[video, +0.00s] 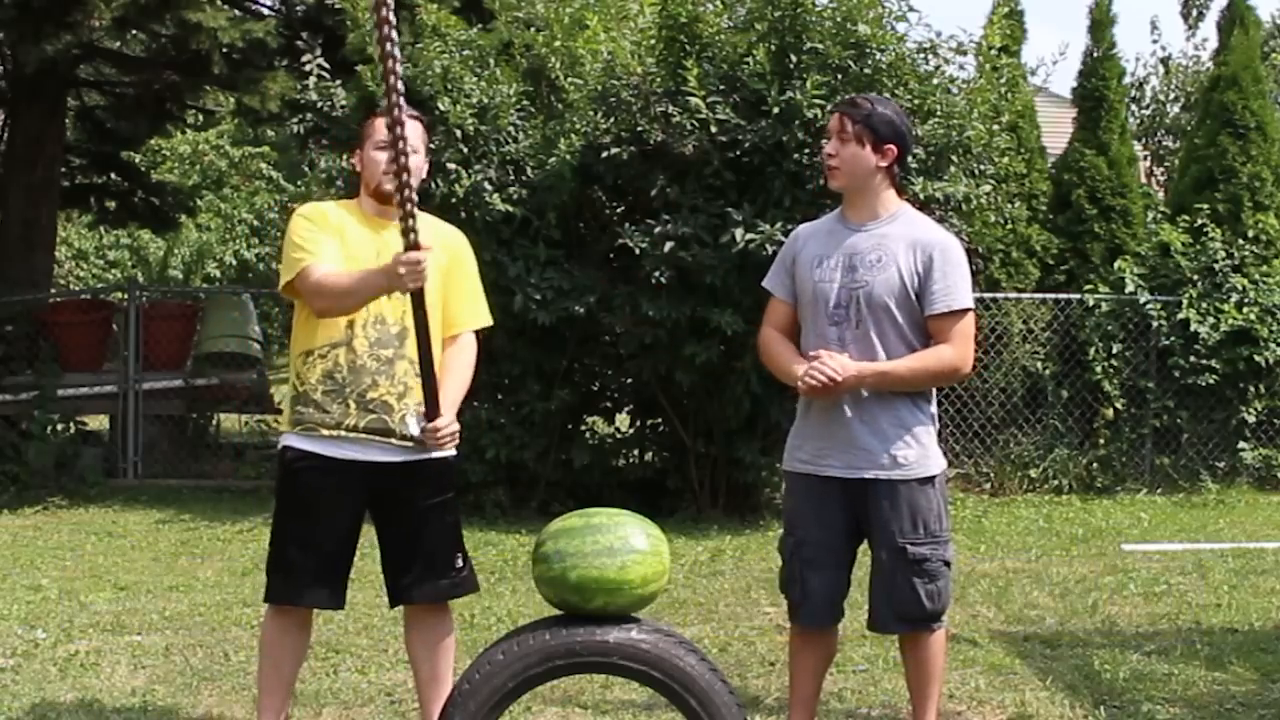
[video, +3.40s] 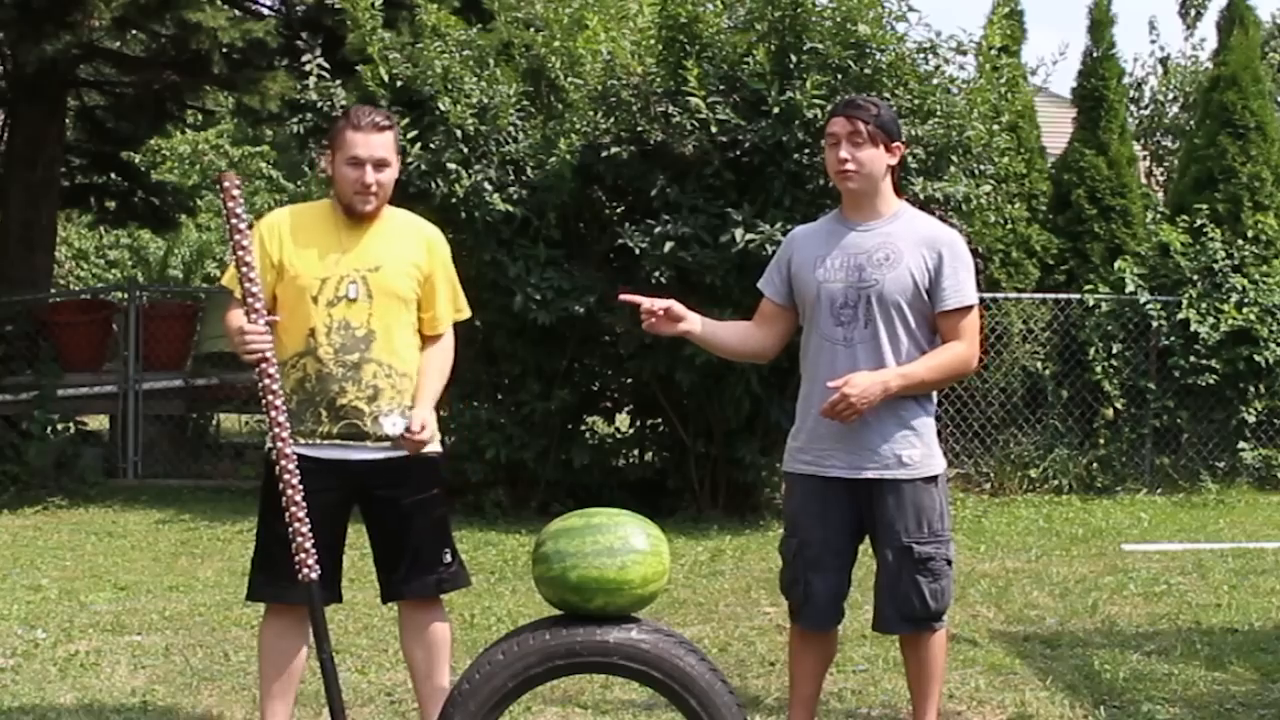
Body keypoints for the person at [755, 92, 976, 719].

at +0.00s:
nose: (826, 151)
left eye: (841, 140)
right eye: (829, 139)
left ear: (884, 155)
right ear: (843, 151)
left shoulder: (934, 245)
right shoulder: (804, 242)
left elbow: (958, 356)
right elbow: (771, 335)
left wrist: (862, 373)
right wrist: (802, 372)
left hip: (904, 467)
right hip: (815, 463)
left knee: (921, 613)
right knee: (809, 612)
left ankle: (924, 716)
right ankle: (799, 716)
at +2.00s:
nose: (823, 158)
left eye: (837, 147)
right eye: (821, 146)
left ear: (880, 155)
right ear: (824, 153)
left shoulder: (935, 244)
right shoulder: (802, 243)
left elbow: (960, 352)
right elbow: (775, 335)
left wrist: (878, 384)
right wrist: (789, 371)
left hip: (905, 464)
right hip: (815, 462)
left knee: (923, 611)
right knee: (809, 610)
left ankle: (924, 716)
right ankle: (799, 716)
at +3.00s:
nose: (845, 158)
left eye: (859, 144)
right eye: (833, 148)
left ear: (892, 153)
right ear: (822, 162)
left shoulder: (940, 242)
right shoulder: (804, 245)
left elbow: (971, 347)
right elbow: (774, 337)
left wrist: (897, 374)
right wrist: (713, 339)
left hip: (908, 464)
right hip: (818, 461)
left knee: (924, 610)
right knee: (812, 610)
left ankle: (925, 716)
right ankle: (799, 717)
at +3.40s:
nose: (844, 153)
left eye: (859, 142)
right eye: (834, 143)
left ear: (892, 154)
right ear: (825, 157)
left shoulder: (938, 242)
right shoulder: (802, 244)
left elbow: (965, 351)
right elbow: (763, 337)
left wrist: (885, 381)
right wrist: (692, 324)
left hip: (907, 464)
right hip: (817, 462)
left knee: (922, 613)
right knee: (811, 611)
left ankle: (926, 717)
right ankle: (799, 716)